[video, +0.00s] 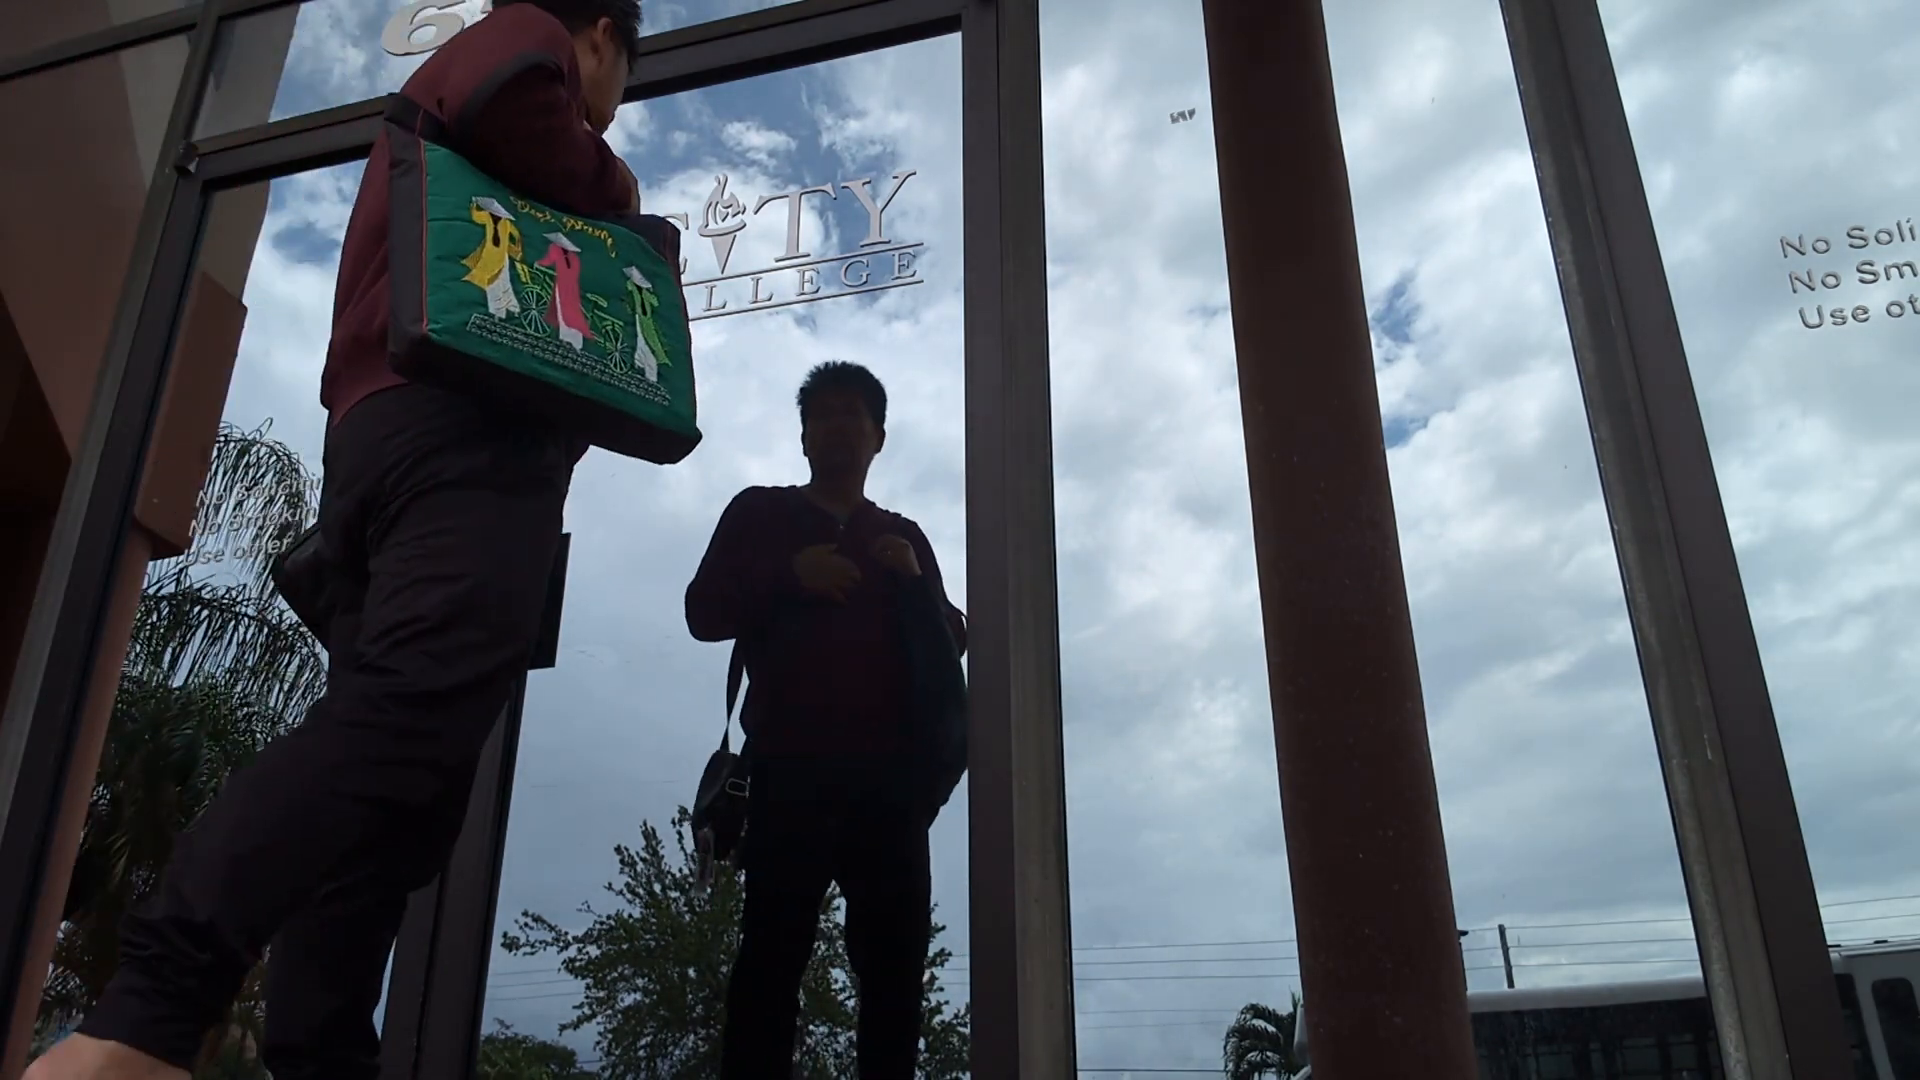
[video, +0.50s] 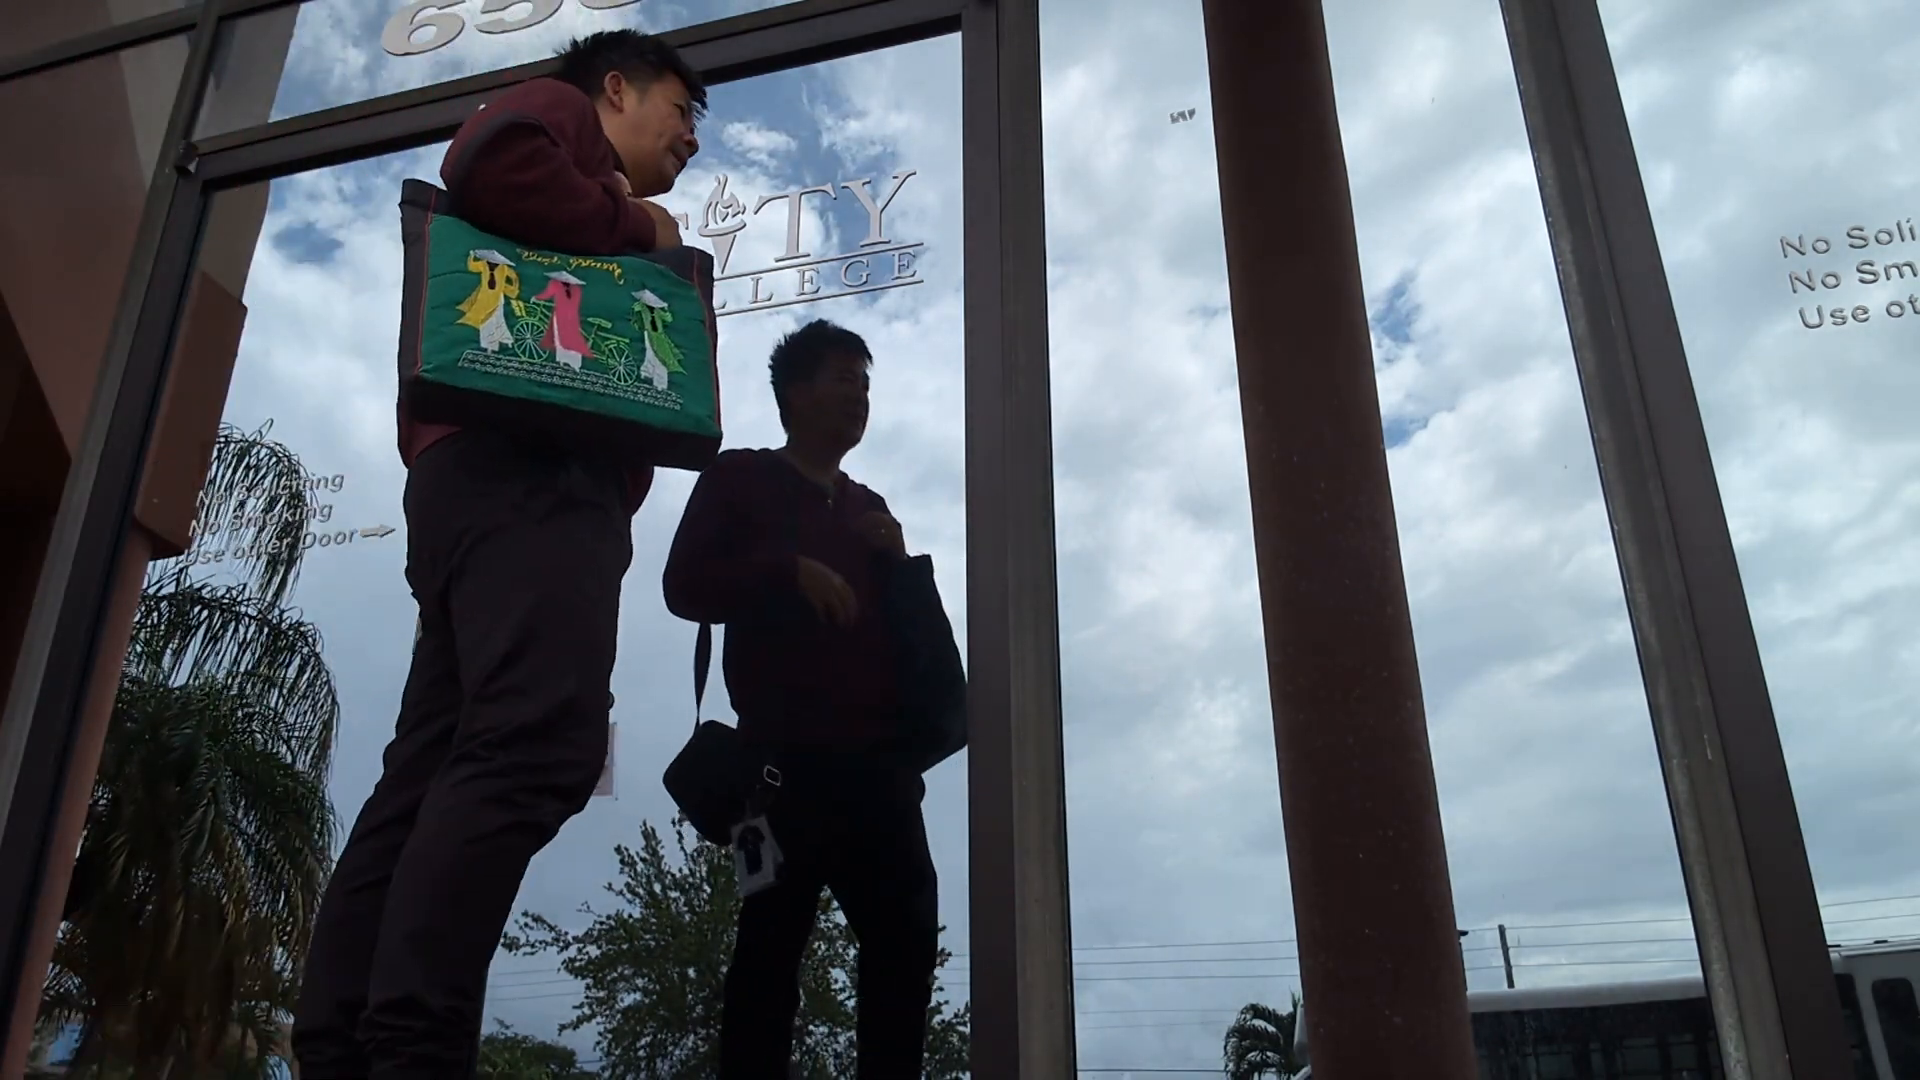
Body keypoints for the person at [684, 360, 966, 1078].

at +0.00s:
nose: (834, 430)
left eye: (850, 417)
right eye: (820, 417)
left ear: (878, 436)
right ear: (802, 433)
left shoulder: (904, 536)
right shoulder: (758, 512)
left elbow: (950, 643)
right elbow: (702, 614)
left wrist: (913, 582)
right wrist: (790, 577)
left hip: (889, 775)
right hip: (788, 767)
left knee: (894, 972)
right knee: (769, 964)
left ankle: (886, 1077)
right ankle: (752, 1075)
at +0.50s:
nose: (861, 397)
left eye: (865, 384)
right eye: (844, 380)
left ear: (863, 397)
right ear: (793, 393)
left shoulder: (869, 508)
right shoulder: (737, 478)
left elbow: (910, 634)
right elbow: (685, 586)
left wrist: (895, 560)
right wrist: (787, 571)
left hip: (873, 758)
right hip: (781, 753)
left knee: (906, 945)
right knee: (771, 946)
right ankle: (752, 1078)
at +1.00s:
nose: (908, 425)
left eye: (910, 409)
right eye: (900, 406)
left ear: (864, 404)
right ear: (858, 397)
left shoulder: (878, 505)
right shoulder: (760, 465)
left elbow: (887, 624)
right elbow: (703, 578)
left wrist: (946, 576)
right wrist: (815, 572)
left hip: (887, 758)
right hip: (800, 752)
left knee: (901, 952)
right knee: (784, 949)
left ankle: (885, 1077)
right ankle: (759, 1072)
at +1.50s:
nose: (918, 439)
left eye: (922, 423)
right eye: (914, 418)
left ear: (870, 416)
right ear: (872, 408)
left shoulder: (879, 508)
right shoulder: (777, 462)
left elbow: (883, 627)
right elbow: (719, 564)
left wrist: (923, 705)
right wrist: (842, 577)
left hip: (887, 757)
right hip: (805, 750)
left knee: (897, 953)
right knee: (787, 948)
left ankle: (883, 1075)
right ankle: (759, 1071)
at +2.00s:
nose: (902, 438)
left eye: (905, 421)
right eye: (899, 417)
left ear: (858, 410)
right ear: (863, 405)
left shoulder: (866, 511)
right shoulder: (766, 462)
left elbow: (888, 635)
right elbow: (712, 565)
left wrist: (934, 737)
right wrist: (829, 580)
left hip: (881, 756)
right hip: (798, 752)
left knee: (895, 952)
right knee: (784, 948)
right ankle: (756, 1075)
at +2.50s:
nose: (876, 426)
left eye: (879, 410)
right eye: (870, 406)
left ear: (833, 405)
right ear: (828, 398)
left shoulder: (847, 507)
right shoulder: (735, 464)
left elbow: (868, 636)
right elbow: (682, 576)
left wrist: (921, 731)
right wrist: (792, 599)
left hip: (865, 758)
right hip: (777, 757)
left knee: (899, 952)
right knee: (765, 961)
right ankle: (748, 1079)